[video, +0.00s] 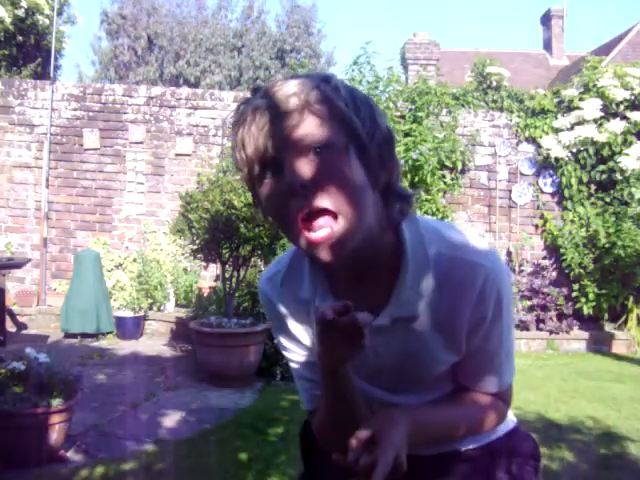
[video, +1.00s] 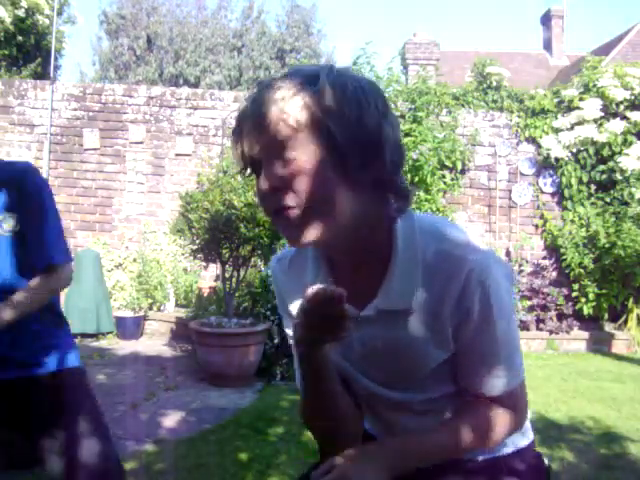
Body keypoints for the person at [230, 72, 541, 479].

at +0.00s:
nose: (300, 178)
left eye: (319, 150)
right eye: (271, 168)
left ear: (376, 161)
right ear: (259, 201)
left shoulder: (475, 274)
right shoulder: (282, 290)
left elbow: (489, 405)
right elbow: (335, 442)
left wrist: (406, 422)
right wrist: (333, 367)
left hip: (472, 455)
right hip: (357, 457)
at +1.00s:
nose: (264, 185)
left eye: (283, 157)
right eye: (256, 167)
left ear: (357, 154)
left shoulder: (467, 269)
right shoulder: (292, 273)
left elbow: (503, 410)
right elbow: (337, 447)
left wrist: (384, 459)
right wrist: (311, 353)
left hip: (483, 460)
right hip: (377, 458)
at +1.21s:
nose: (273, 164)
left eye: (282, 151)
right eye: (276, 150)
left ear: (326, 162)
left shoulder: (433, 284)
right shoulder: (333, 245)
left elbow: (552, 417)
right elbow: (313, 390)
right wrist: (277, 270)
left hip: (484, 472)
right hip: (413, 450)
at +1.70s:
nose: (345, 179)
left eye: (351, 164)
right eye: (350, 163)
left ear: (373, 178)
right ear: (456, 177)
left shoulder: (448, 277)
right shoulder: (413, 259)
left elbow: (556, 435)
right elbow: (368, 388)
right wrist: (344, 259)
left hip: (510, 471)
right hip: (456, 464)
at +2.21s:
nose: (352, 148)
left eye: (363, 137)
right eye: (359, 137)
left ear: (403, 154)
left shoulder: (456, 260)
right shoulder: (422, 251)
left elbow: (569, 422)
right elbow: (378, 378)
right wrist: (349, 253)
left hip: (524, 471)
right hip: (479, 464)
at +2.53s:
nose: (389, 150)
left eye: (414, 141)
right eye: (375, 136)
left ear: (447, 178)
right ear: (351, 158)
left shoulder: (466, 272)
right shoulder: (379, 253)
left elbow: (569, 421)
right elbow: (353, 389)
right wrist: (326, 283)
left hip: (526, 472)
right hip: (455, 464)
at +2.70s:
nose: (382, 153)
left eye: (406, 143)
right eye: (365, 139)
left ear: (439, 180)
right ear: (341, 163)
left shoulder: (464, 271)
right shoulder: (367, 258)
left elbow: (562, 420)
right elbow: (375, 392)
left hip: (517, 470)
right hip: (445, 463)